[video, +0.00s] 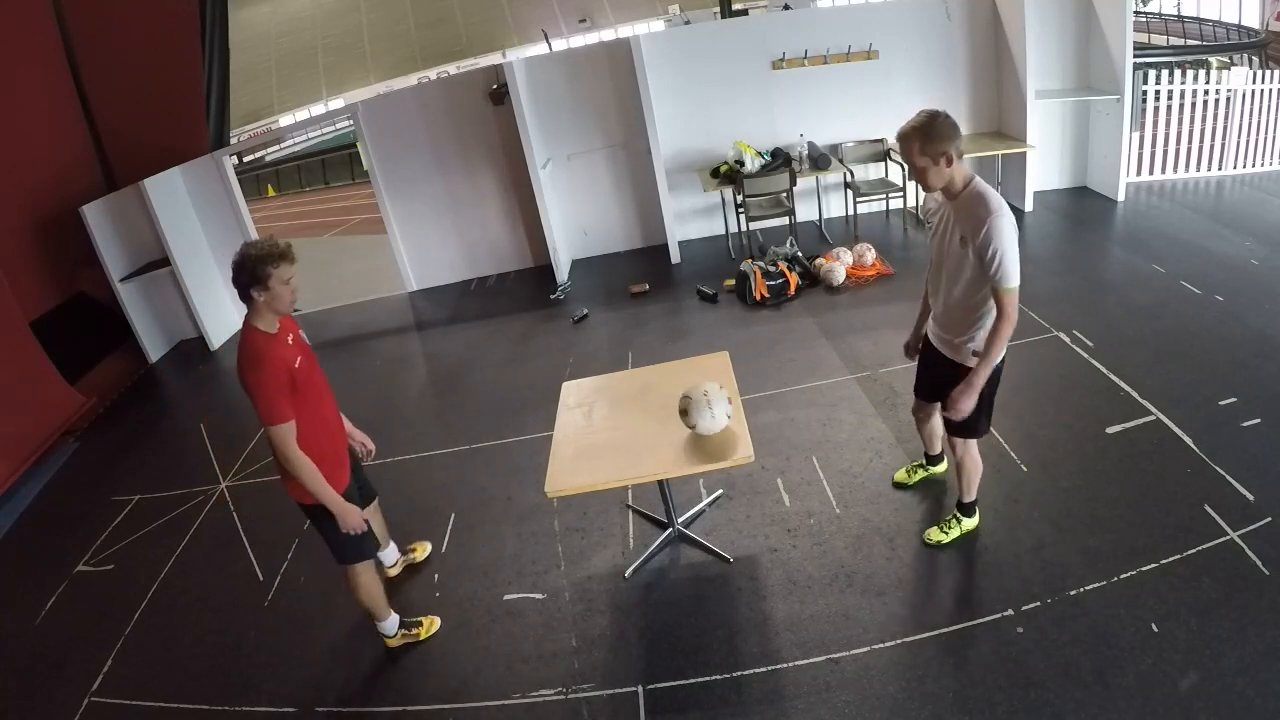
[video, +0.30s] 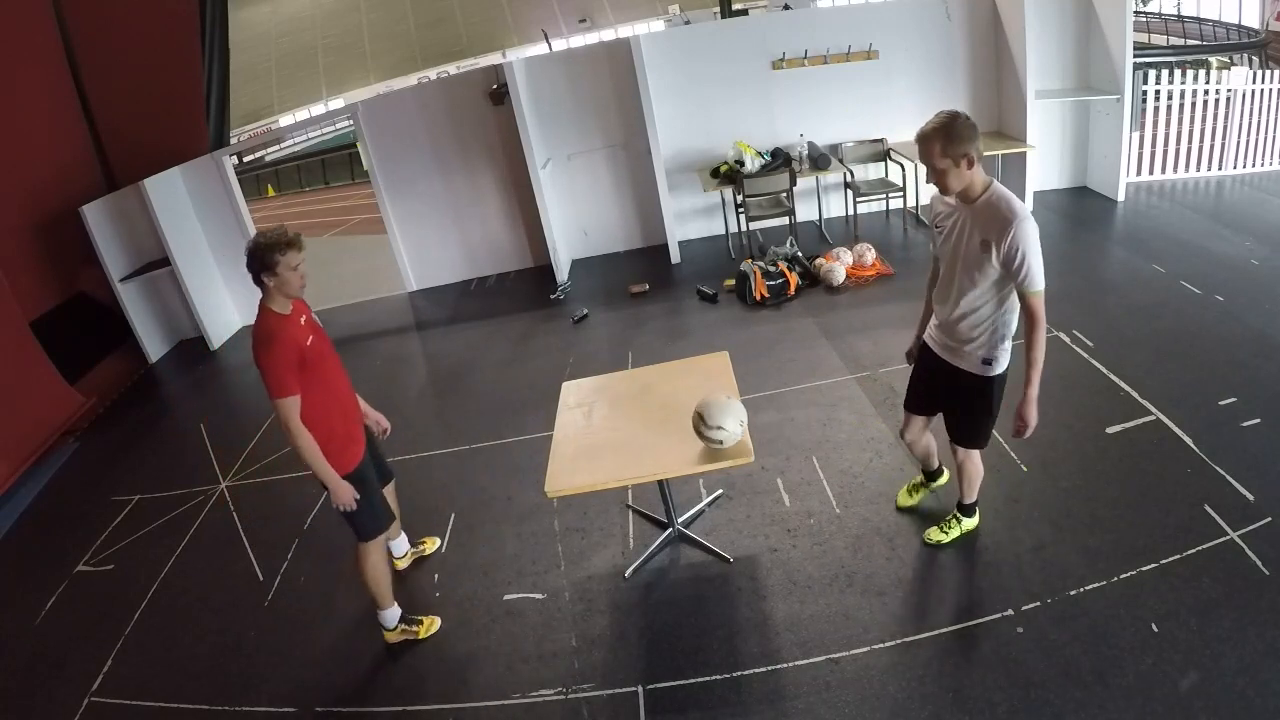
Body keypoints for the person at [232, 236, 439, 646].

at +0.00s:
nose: (296, 288)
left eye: (294, 279)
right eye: (287, 283)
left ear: (266, 291)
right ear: (258, 293)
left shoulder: (283, 323)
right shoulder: (259, 358)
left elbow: (312, 390)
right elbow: (286, 450)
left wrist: (346, 428)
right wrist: (338, 505)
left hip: (337, 454)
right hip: (317, 480)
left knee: (368, 503)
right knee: (360, 557)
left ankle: (392, 559)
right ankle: (392, 629)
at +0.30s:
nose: (304, 273)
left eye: (303, 265)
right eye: (295, 269)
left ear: (278, 275)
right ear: (268, 279)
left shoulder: (296, 306)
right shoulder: (272, 339)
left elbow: (326, 371)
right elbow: (291, 424)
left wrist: (364, 409)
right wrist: (333, 483)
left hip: (356, 430)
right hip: (338, 455)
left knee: (384, 483)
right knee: (372, 534)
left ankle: (401, 550)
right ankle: (392, 622)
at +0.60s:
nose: (320, 256)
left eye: (319, 248)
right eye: (310, 251)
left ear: (318, 247)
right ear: (286, 259)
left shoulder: (311, 287)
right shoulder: (287, 315)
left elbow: (339, 348)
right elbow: (301, 394)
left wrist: (374, 385)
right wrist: (348, 437)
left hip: (356, 408)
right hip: (349, 423)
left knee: (374, 482)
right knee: (417, 473)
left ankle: (399, 548)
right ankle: (421, 556)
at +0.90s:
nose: (348, 246)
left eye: (348, 239)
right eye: (339, 242)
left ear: (346, 237)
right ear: (317, 249)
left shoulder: (336, 277)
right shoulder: (325, 301)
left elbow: (364, 347)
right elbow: (340, 377)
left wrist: (393, 387)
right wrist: (372, 432)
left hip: (373, 399)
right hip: (381, 405)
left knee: (379, 473)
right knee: (432, 449)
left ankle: (399, 550)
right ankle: (462, 498)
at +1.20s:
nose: (387, 226)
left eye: (387, 218)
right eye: (378, 222)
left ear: (386, 214)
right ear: (355, 229)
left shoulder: (369, 253)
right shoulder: (366, 277)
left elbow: (397, 312)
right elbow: (388, 348)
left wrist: (427, 342)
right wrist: (430, 393)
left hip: (411, 367)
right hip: (408, 380)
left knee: (424, 433)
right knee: (445, 432)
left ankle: (412, 506)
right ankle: (463, 496)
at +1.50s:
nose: (415, 214)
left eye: (416, 206)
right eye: (406, 210)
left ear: (415, 204)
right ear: (384, 215)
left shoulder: (410, 239)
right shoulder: (389, 262)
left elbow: (431, 296)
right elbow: (408, 332)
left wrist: (457, 327)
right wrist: (462, 356)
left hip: (447, 348)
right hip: (427, 363)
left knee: (475, 396)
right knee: (455, 428)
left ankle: (500, 446)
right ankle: (462, 495)